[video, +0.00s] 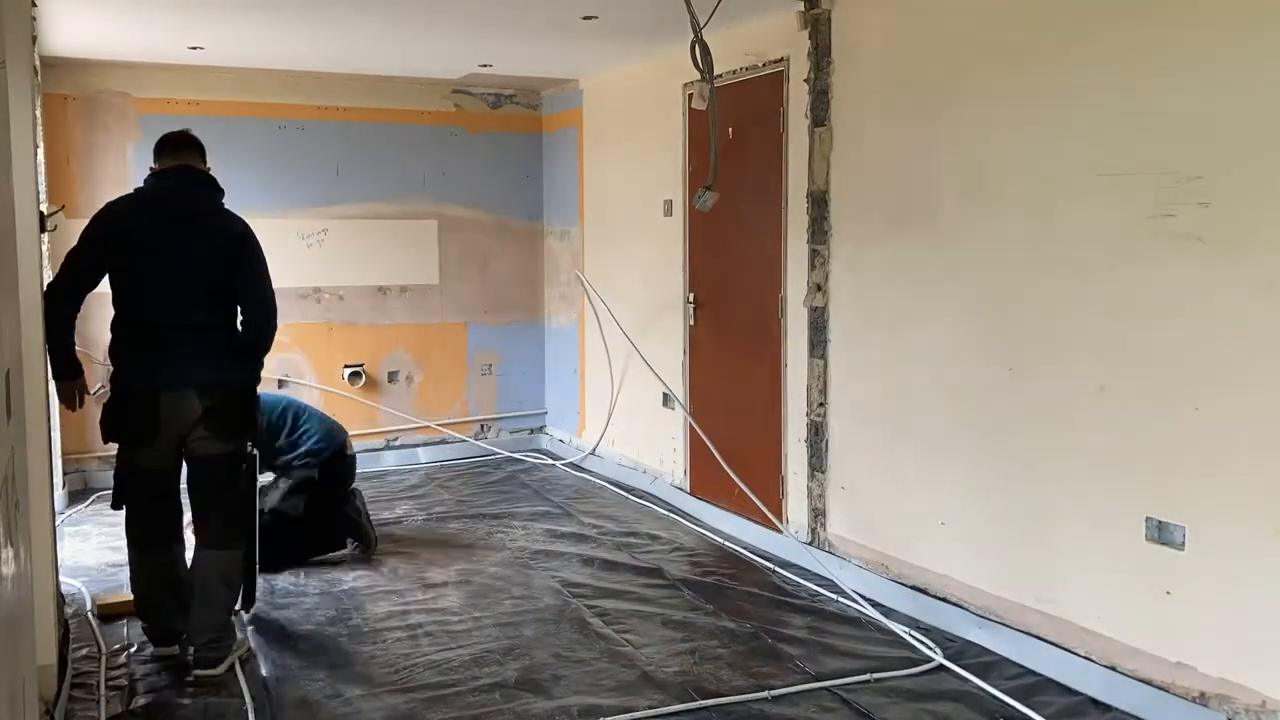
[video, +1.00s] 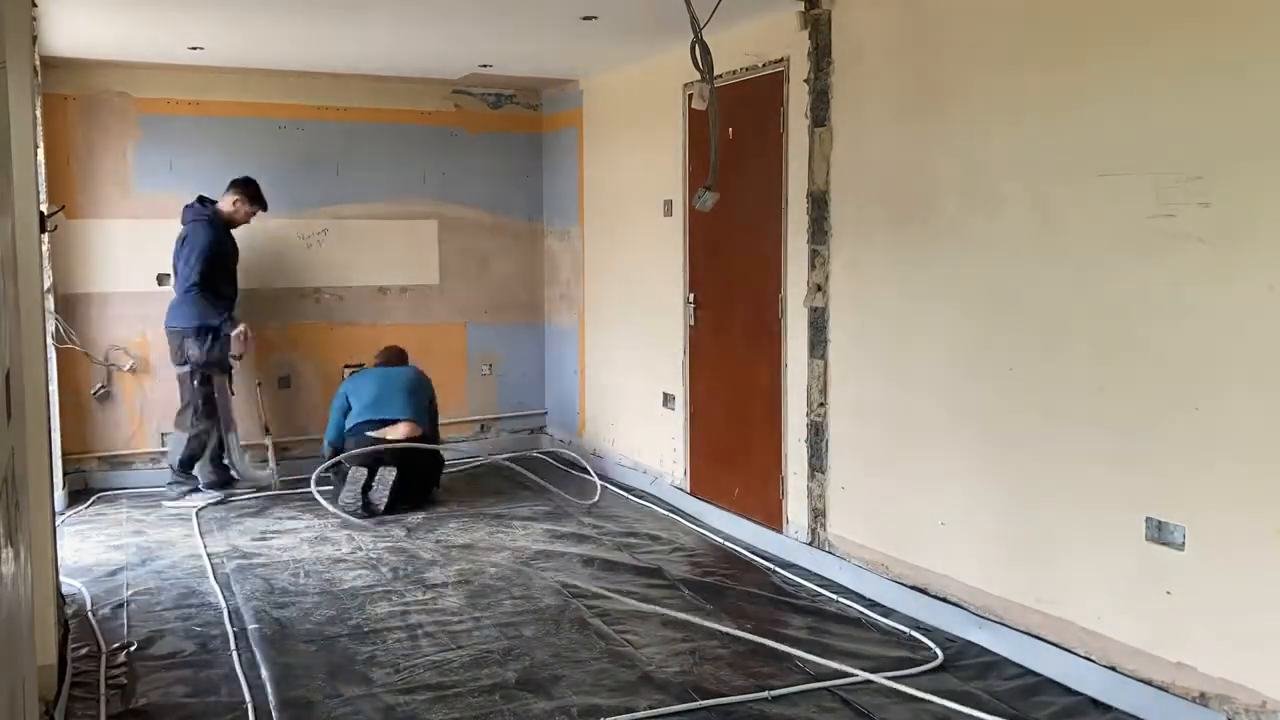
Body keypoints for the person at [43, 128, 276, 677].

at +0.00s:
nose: (185, 173)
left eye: (171, 164)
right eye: (196, 164)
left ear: (154, 168)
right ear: (206, 169)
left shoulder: (120, 217)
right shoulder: (232, 228)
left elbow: (61, 295)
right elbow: (262, 312)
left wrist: (66, 371)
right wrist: (240, 380)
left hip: (142, 394)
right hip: (218, 394)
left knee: (150, 515)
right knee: (220, 518)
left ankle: (166, 635)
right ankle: (210, 651)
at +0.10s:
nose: (193, 177)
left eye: (182, 168)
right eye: (201, 169)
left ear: (170, 170)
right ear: (216, 171)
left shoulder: (137, 215)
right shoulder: (237, 225)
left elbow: (97, 287)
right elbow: (267, 301)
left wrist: (87, 356)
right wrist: (250, 357)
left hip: (153, 375)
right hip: (220, 374)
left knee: (155, 485)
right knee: (223, 483)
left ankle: (163, 605)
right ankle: (212, 600)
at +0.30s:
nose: (174, 192)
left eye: (157, 185)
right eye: (178, 185)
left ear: (144, 187)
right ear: (184, 186)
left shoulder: (117, 226)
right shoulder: (205, 232)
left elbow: (91, 294)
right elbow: (233, 296)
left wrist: (83, 353)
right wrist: (226, 341)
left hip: (135, 354)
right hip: (195, 353)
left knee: (139, 451)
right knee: (201, 446)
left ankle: (149, 558)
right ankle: (191, 538)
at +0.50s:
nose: (122, 195)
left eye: (119, 189)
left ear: (116, 189)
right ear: (152, 186)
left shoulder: (94, 227)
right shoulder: (175, 223)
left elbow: (84, 293)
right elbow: (204, 286)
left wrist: (85, 346)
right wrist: (225, 339)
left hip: (120, 341)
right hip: (173, 339)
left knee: (126, 435)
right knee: (183, 430)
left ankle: (133, 519)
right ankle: (183, 515)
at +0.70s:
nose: (216, 208)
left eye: (218, 201)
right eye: (216, 200)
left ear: (195, 193)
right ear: (200, 193)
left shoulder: (171, 223)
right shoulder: (180, 228)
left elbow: (169, 285)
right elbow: (171, 287)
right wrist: (200, 331)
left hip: (174, 328)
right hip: (181, 331)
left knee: (178, 405)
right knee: (187, 407)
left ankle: (176, 481)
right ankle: (179, 483)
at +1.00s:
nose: (249, 220)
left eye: (253, 214)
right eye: (250, 212)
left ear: (233, 203)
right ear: (235, 202)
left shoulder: (215, 231)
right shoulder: (203, 232)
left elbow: (207, 288)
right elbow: (190, 289)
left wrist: (223, 324)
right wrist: (229, 323)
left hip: (206, 329)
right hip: (193, 329)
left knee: (214, 405)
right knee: (204, 406)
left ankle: (216, 475)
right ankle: (181, 476)